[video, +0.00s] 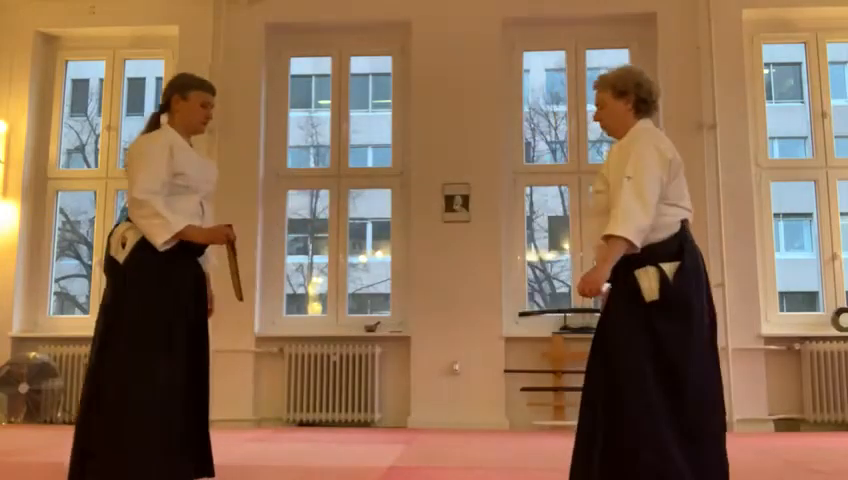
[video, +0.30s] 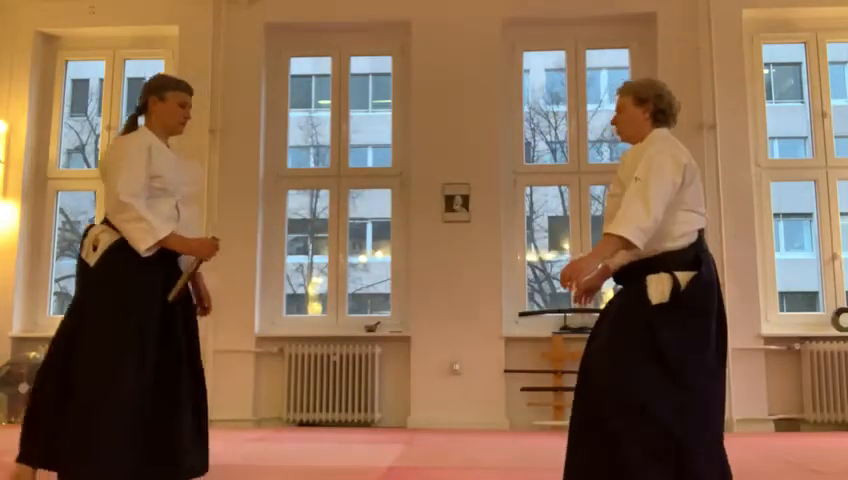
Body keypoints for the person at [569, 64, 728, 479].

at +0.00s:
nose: (595, 113)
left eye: (601, 103)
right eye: (595, 104)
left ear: (627, 102)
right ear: (628, 104)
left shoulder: (643, 142)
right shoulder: (637, 143)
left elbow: (635, 211)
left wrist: (602, 267)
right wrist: (611, 257)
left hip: (658, 273)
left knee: (639, 380)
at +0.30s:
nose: (614, 120)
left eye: (620, 110)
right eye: (615, 111)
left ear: (646, 110)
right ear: (647, 113)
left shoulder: (662, 149)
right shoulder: (645, 153)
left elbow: (641, 215)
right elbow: (639, 232)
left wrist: (593, 258)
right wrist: (603, 272)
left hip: (671, 286)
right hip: (649, 283)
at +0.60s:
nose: (613, 121)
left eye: (621, 113)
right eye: (616, 113)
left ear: (647, 118)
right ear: (645, 120)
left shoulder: (653, 156)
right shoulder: (650, 158)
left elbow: (617, 215)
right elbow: (634, 235)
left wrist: (559, 251)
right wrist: (589, 273)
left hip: (656, 295)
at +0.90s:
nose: (610, 126)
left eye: (617, 118)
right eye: (612, 118)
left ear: (642, 123)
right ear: (641, 125)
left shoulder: (651, 160)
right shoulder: (642, 164)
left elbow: (616, 226)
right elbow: (622, 241)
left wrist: (557, 267)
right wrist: (579, 285)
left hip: (651, 295)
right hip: (643, 293)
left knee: (584, 379)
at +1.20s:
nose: (604, 131)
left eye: (611, 123)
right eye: (607, 123)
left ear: (632, 126)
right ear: (637, 128)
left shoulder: (640, 169)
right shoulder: (649, 165)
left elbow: (626, 240)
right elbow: (638, 239)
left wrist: (601, 304)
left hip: (642, 296)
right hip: (662, 292)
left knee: (574, 375)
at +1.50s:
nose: (592, 133)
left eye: (600, 125)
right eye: (595, 125)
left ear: (623, 130)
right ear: (626, 131)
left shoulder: (631, 165)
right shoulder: (640, 165)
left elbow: (628, 237)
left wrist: (600, 298)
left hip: (640, 293)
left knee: (564, 368)